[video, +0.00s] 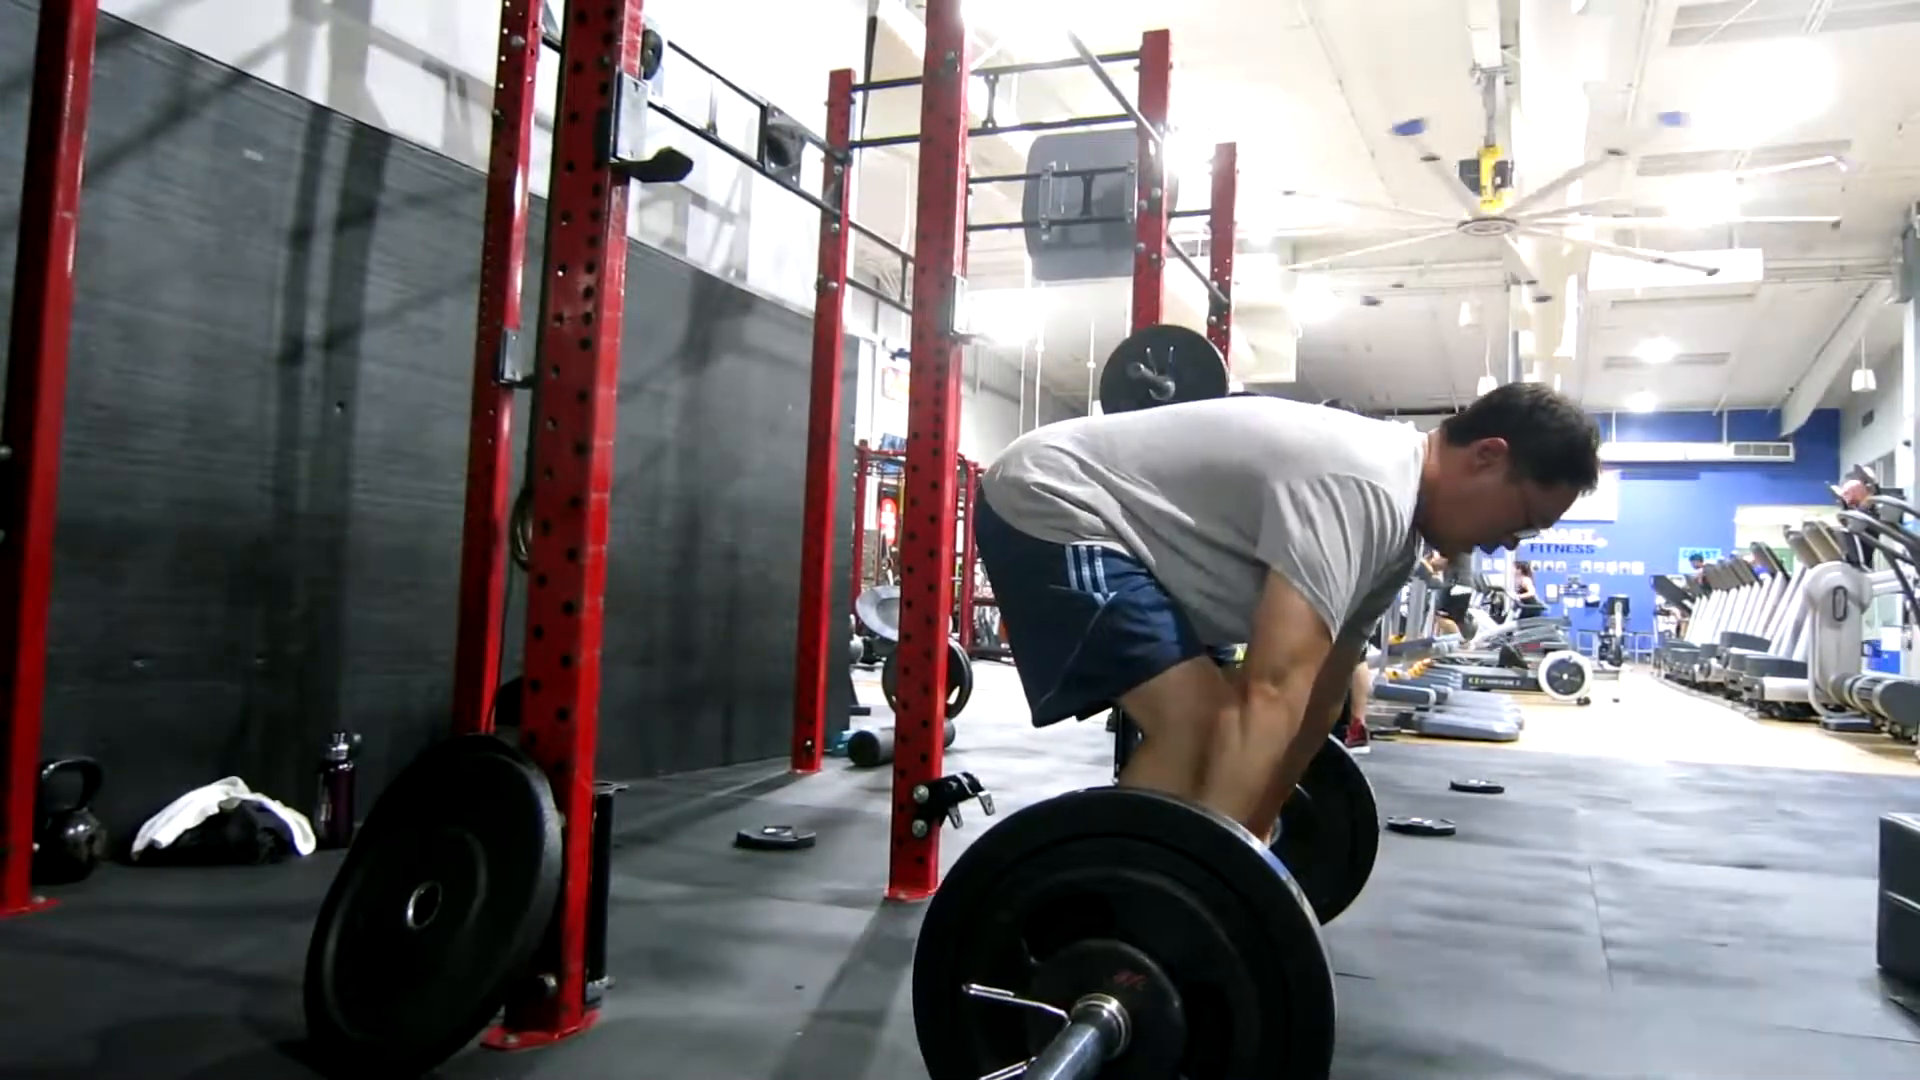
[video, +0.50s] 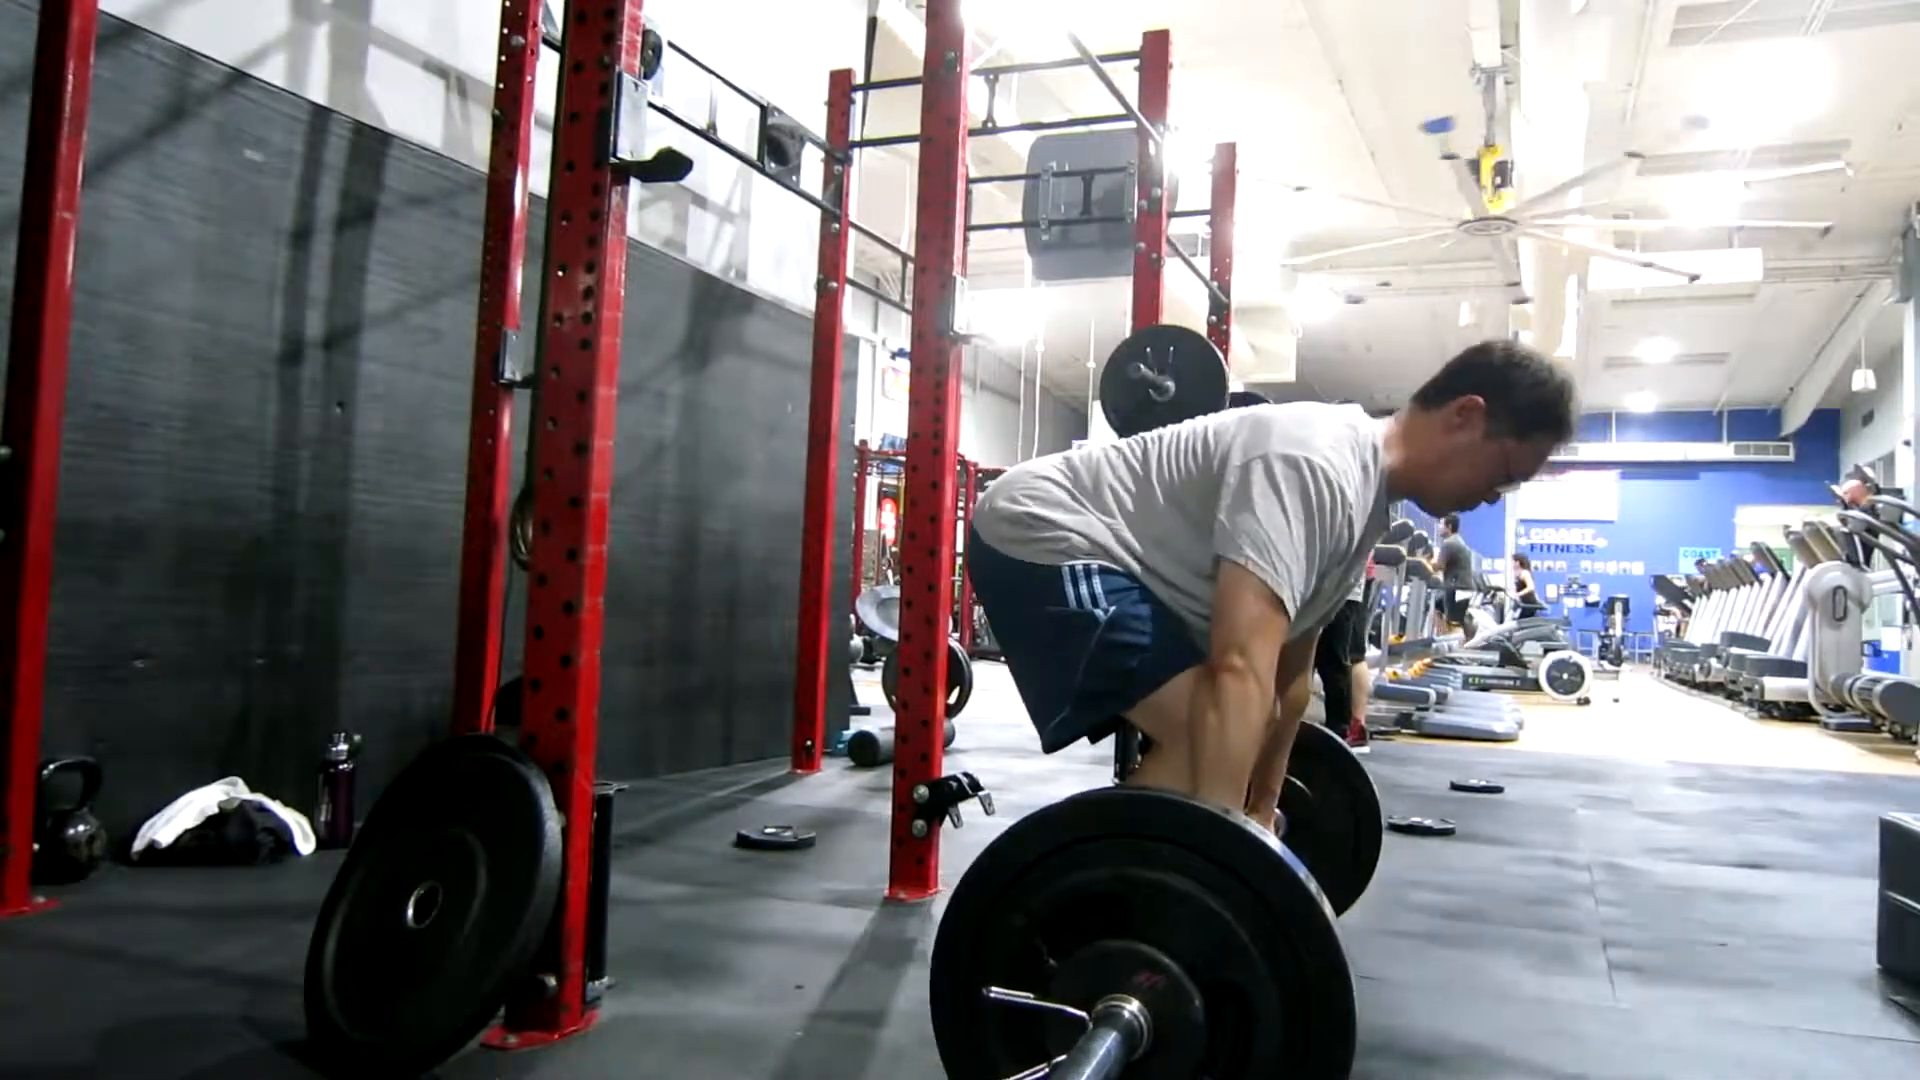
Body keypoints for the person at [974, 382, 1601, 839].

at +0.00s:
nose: (1511, 542)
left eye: (1528, 531)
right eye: (1522, 520)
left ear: (1488, 458)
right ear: (1488, 458)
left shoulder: (1401, 523)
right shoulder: (1358, 486)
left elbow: (1324, 689)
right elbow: (1269, 688)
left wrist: (1239, 849)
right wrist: (1216, 875)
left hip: (1116, 523)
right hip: (1055, 499)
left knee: (1214, 720)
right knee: (1199, 718)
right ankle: (1127, 927)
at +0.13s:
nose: (1513, 532)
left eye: (1530, 519)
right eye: (1525, 510)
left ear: (1488, 449)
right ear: (1489, 449)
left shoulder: (1393, 520)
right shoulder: (1347, 480)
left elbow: (1314, 686)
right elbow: (1271, 686)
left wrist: (1241, 855)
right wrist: (1209, 883)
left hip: (1113, 526)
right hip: (1055, 507)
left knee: (1214, 718)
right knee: (1198, 719)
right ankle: (1135, 930)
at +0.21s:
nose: (1513, 525)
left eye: (1531, 513)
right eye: (1526, 503)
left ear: (1490, 443)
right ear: (1490, 442)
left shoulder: (1385, 514)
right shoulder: (1337, 475)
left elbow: (1300, 690)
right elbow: (1250, 679)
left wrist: (1252, 831)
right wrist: (1201, 873)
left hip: (1106, 529)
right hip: (1054, 511)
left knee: (1202, 729)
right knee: (1207, 718)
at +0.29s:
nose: (1511, 522)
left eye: (1529, 509)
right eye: (1523, 499)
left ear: (1487, 440)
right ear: (1487, 440)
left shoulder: (1383, 514)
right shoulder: (1326, 476)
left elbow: (1293, 690)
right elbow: (1238, 678)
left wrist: (1249, 842)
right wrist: (1195, 871)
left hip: (1119, 538)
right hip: (1051, 517)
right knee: (1200, 716)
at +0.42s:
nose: (1498, 520)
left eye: (1516, 507)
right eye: (1510, 497)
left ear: (1475, 438)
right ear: (1476, 437)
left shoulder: (1374, 508)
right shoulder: (1319, 473)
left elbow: (1290, 680)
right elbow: (1231, 676)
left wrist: (1256, 823)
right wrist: (1197, 878)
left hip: (1111, 550)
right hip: (1046, 527)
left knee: (1194, 730)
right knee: (1201, 720)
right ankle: (1162, 923)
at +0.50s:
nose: (1493, 498)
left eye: (1511, 485)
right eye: (1505, 475)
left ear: (1465, 421)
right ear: (1466, 420)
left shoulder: (1364, 498)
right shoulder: (1310, 463)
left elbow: (1291, 673)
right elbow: (1234, 669)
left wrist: (1259, 818)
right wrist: (1212, 856)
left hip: (1107, 551)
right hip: (1044, 529)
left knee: (1204, 735)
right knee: (1196, 719)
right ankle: (1161, 918)